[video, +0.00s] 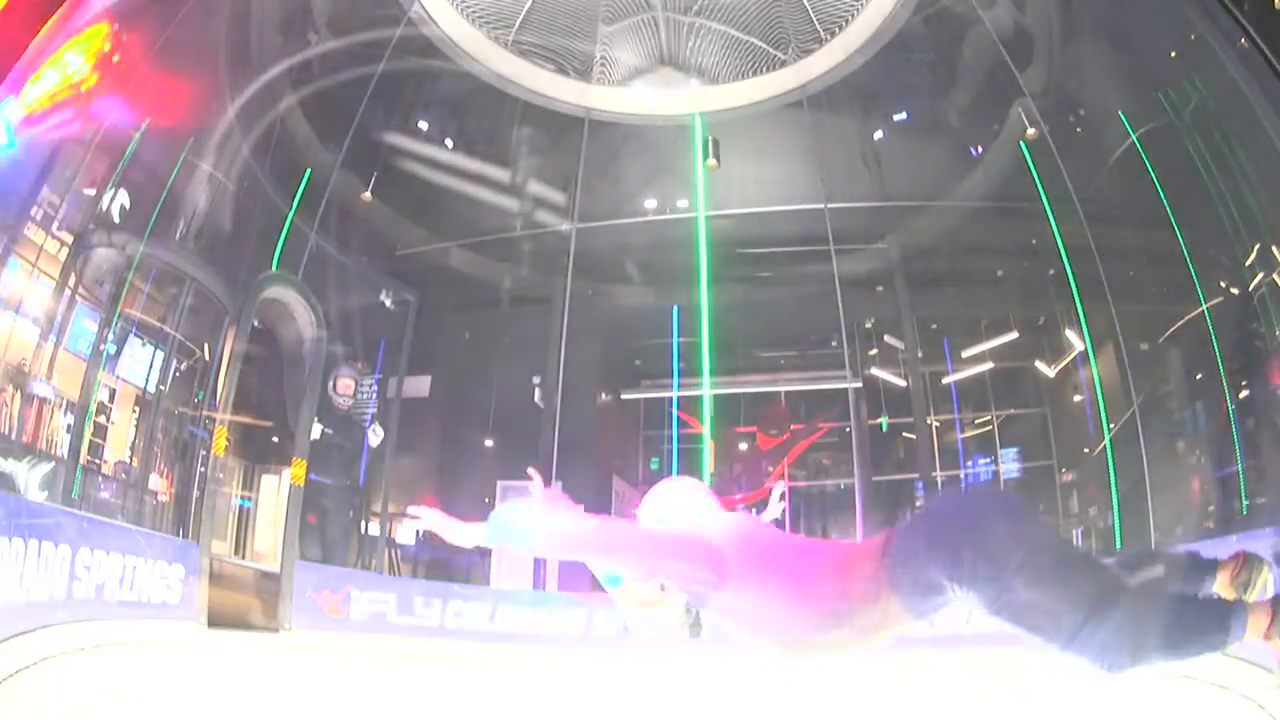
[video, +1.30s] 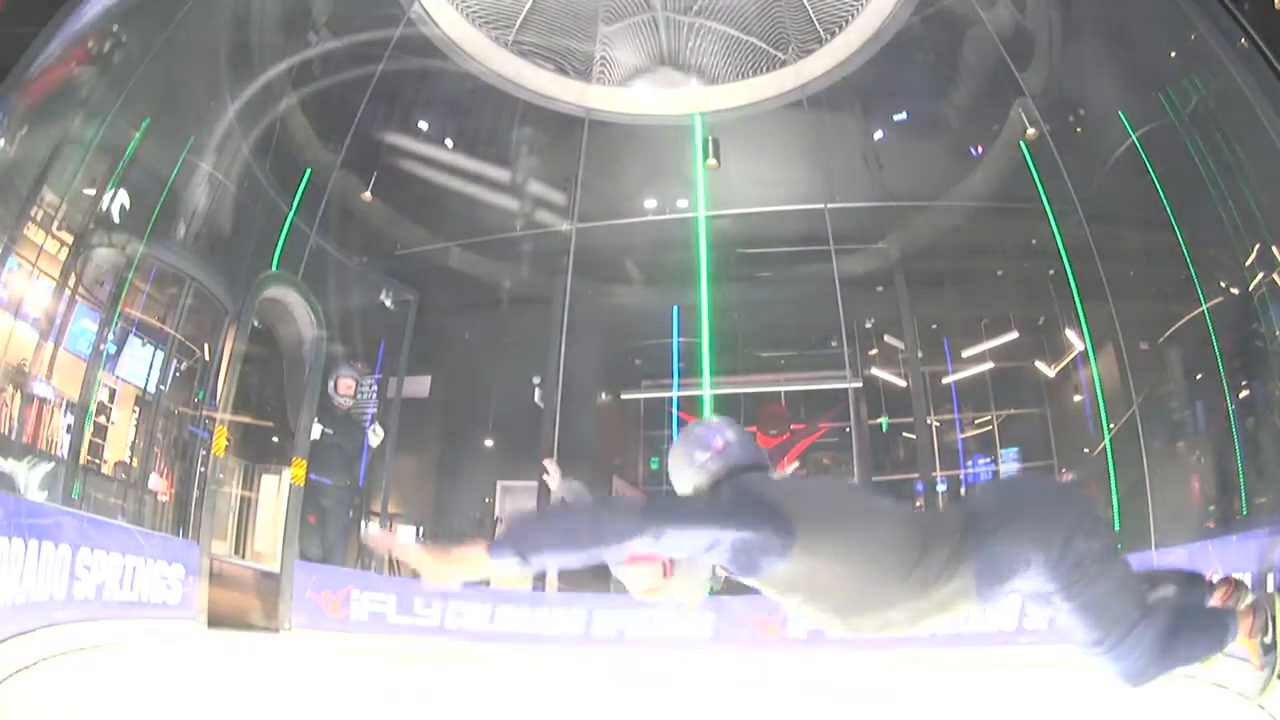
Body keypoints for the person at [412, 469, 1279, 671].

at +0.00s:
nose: (622, 536)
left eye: (627, 526)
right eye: (631, 522)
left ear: (659, 521)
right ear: (674, 516)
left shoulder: (706, 548)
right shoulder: (711, 548)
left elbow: (581, 537)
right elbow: (585, 538)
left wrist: (457, 529)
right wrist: (503, 519)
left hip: (945, 543)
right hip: (947, 537)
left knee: (1112, 638)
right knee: (1113, 603)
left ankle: (1246, 620)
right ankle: (1220, 582)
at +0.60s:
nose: (683, 519)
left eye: (684, 505)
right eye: (682, 505)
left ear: (711, 492)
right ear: (727, 479)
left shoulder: (758, 517)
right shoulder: (770, 518)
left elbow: (626, 527)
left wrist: (552, 515)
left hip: (994, 543)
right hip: (984, 535)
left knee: (1117, 670)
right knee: (1111, 618)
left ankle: (1247, 626)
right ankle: (1230, 610)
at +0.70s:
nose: (687, 516)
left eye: (688, 501)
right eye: (686, 501)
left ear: (718, 488)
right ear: (735, 477)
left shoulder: (763, 518)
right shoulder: (783, 516)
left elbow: (646, 522)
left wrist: (561, 513)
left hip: (997, 543)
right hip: (992, 533)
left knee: (1120, 669)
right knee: (1115, 614)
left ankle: (1248, 622)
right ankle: (1226, 600)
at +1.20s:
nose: (676, 483)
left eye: (683, 472)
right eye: (679, 471)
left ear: (711, 473)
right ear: (730, 469)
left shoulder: (746, 517)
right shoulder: (747, 512)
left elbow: (628, 551)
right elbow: (642, 548)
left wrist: (501, 580)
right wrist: (539, 556)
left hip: (1014, 529)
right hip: (995, 534)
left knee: (1125, 648)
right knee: (1116, 614)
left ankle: (1236, 615)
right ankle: (1222, 601)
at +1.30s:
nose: (655, 566)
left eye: (661, 546)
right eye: (649, 551)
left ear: (696, 517)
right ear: (709, 496)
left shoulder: (757, 519)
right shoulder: (754, 518)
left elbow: (621, 535)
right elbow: (636, 526)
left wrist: (468, 557)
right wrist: (539, 518)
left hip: (1025, 530)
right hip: (1006, 540)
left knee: (1139, 653)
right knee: (1131, 607)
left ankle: (1245, 616)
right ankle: (1233, 603)